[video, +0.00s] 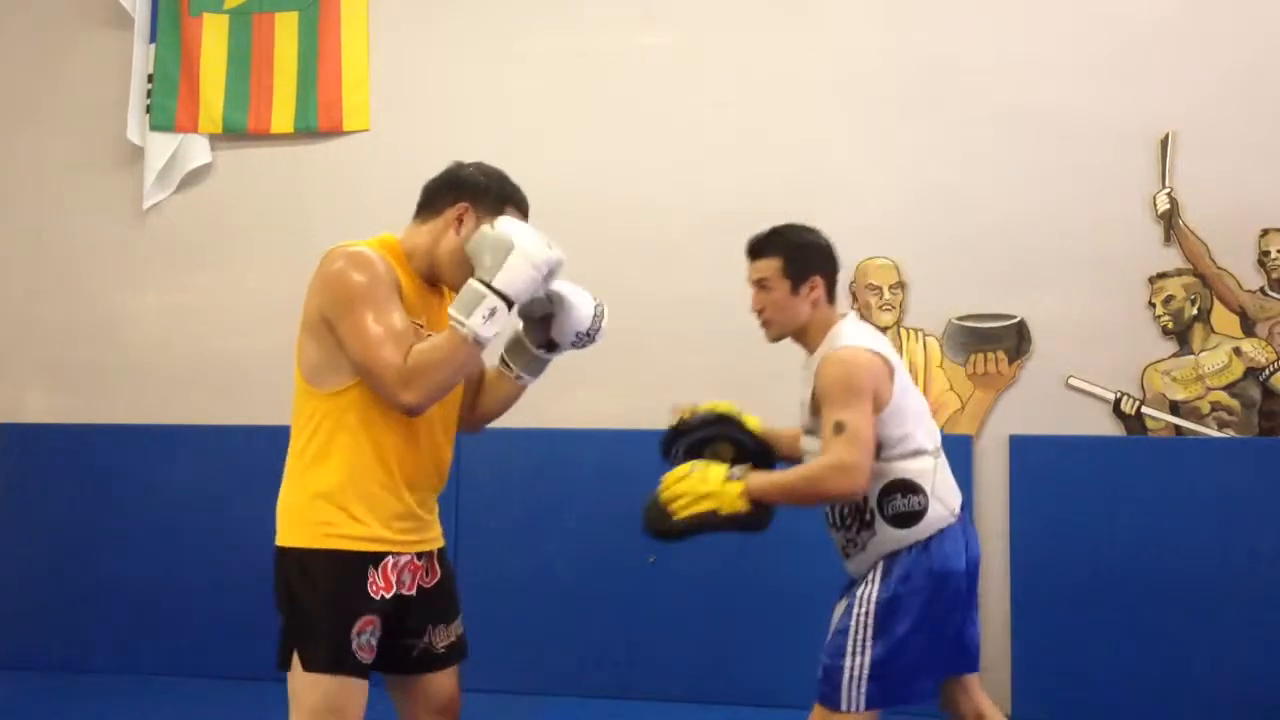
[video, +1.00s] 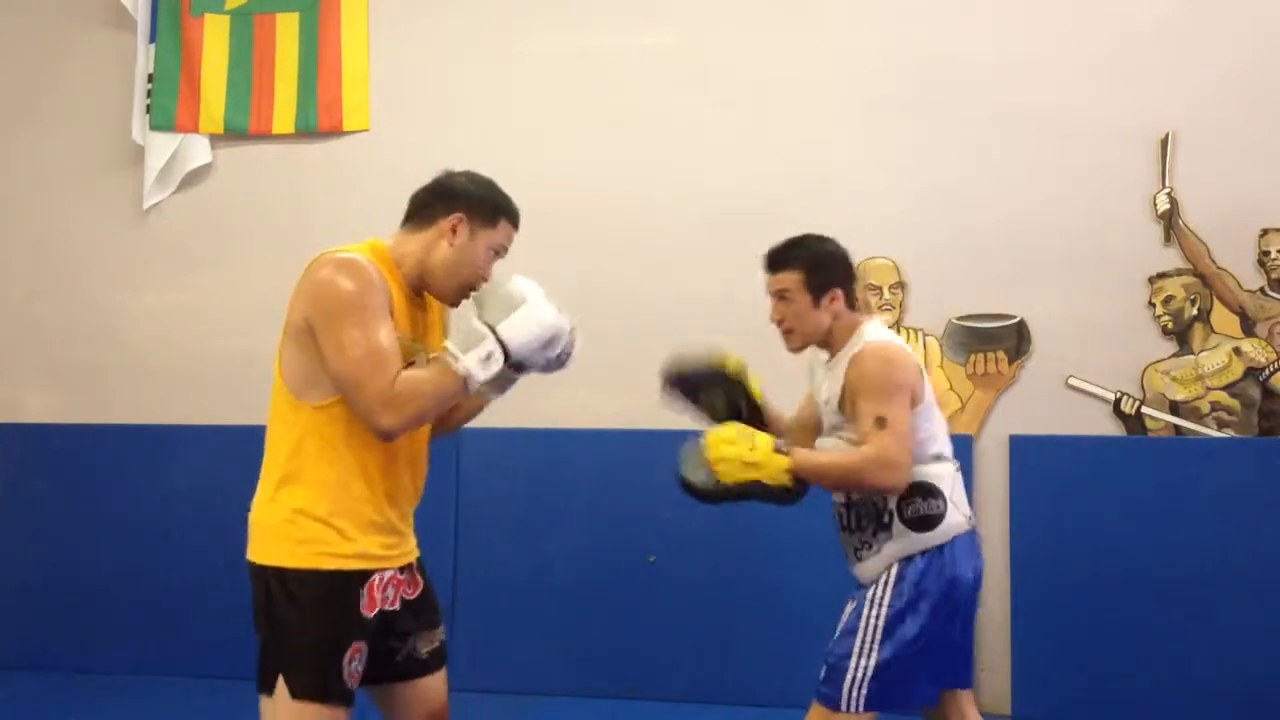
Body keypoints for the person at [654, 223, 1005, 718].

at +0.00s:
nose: (754, 303)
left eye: (764, 287)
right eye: (753, 288)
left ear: (812, 290)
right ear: (812, 294)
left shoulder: (846, 359)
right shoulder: (851, 344)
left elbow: (848, 475)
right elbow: (837, 445)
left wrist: (742, 487)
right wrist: (757, 439)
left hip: (905, 558)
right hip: (941, 543)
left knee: (839, 709)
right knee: (964, 695)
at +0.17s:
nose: (788, 301)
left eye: (799, 285)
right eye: (787, 286)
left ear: (846, 289)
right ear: (842, 293)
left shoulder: (876, 357)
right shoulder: (847, 359)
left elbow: (903, 461)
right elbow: (851, 454)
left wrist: (801, 495)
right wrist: (783, 431)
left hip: (922, 560)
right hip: (947, 552)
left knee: (842, 710)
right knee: (957, 702)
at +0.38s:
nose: (809, 305)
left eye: (820, 289)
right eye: (807, 290)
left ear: (867, 290)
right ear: (868, 293)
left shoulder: (892, 352)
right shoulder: (902, 342)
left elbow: (959, 440)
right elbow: (901, 450)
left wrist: (878, 507)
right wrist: (819, 441)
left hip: (925, 553)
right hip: (966, 546)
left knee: (827, 708)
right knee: (964, 701)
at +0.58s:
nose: (789, 306)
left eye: (801, 289)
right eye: (787, 291)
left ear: (848, 290)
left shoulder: (882, 355)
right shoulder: (843, 362)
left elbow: (919, 459)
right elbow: (853, 452)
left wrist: (820, 501)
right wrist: (790, 440)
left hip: (910, 565)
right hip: (947, 556)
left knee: (832, 711)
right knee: (957, 703)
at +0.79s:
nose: (759, 326)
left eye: (770, 308)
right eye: (757, 311)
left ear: (819, 308)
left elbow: (877, 488)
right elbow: (801, 454)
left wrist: (776, 464)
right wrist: (755, 463)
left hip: (914, 562)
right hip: (884, 560)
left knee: (826, 712)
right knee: (947, 705)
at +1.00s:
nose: (773, 314)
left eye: (784, 299)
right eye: (773, 300)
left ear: (832, 300)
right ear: (830, 304)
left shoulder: (880, 358)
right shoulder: (830, 360)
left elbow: (889, 469)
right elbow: (799, 438)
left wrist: (781, 459)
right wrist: (746, 406)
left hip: (920, 559)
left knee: (836, 710)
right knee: (951, 702)